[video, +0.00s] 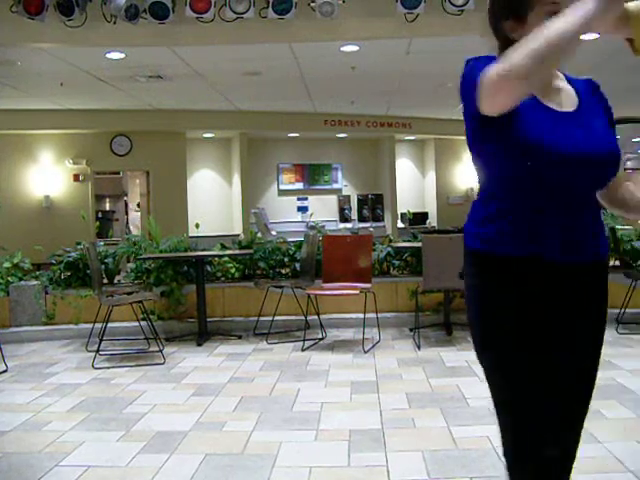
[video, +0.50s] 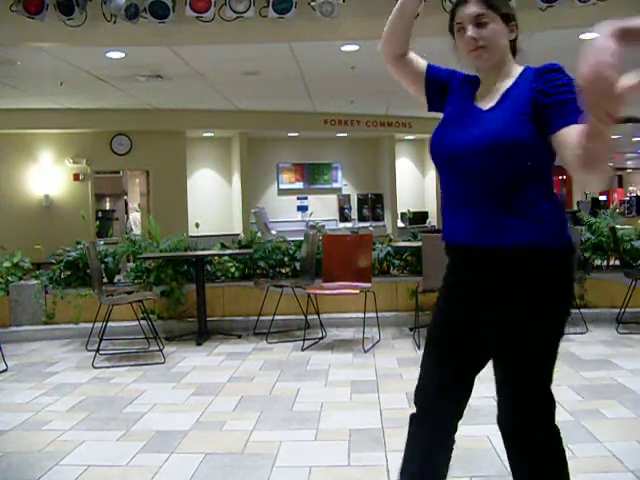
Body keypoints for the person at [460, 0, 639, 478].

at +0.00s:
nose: (567, 20)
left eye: (568, 11)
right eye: (553, 11)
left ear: (578, 25)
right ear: (514, 22)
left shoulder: (589, 94)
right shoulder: (483, 77)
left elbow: (614, 184)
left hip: (582, 271)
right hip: (506, 271)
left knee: (564, 436)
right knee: (531, 439)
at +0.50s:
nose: (471, 34)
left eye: (481, 21)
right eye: (461, 27)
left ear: (510, 28)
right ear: (457, 41)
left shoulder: (543, 81)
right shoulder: (456, 90)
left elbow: (588, 170)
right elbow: (395, 54)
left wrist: (601, 111)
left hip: (534, 269)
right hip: (467, 268)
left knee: (524, 415)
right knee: (433, 409)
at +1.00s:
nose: (382, 72)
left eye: (388, 63)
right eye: (384, 64)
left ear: (414, 62)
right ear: (420, 64)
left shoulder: (434, 102)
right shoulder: (434, 112)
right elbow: (402, 161)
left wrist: (353, 28)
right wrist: (348, 137)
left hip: (418, 279)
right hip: (438, 276)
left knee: (373, 404)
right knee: (411, 397)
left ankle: (439, 475)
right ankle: (438, 474)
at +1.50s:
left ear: (348, 66)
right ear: (395, 65)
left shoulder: (329, 106)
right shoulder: (423, 114)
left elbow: (317, 63)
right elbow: (446, 200)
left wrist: (365, 42)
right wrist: (412, 194)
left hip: (339, 257)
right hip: (405, 256)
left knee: (334, 383)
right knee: (410, 382)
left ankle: (333, 476)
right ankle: (423, 477)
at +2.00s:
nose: (341, 82)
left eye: (338, 74)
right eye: (332, 74)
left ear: (309, 81)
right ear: (306, 80)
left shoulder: (312, 129)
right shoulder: (294, 131)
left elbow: (345, 189)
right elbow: (309, 208)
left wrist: (398, 160)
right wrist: (362, 211)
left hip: (312, 266)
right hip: (300, 268)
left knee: (323, 379)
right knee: (338, 386)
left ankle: (293, 475)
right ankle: (332, 475)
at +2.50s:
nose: (264, 78)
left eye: (263, 70)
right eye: (257, 70)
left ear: (238, 76)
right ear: (230, 75)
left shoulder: (257, 130)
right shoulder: (199, 127)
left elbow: (282, 199)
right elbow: (187, 203)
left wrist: (327, 161)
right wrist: (256, 213)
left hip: (255, 263)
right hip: (208, 265)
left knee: (277, 377)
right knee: (205, 379)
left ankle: (291, 475)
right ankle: (171, 476)